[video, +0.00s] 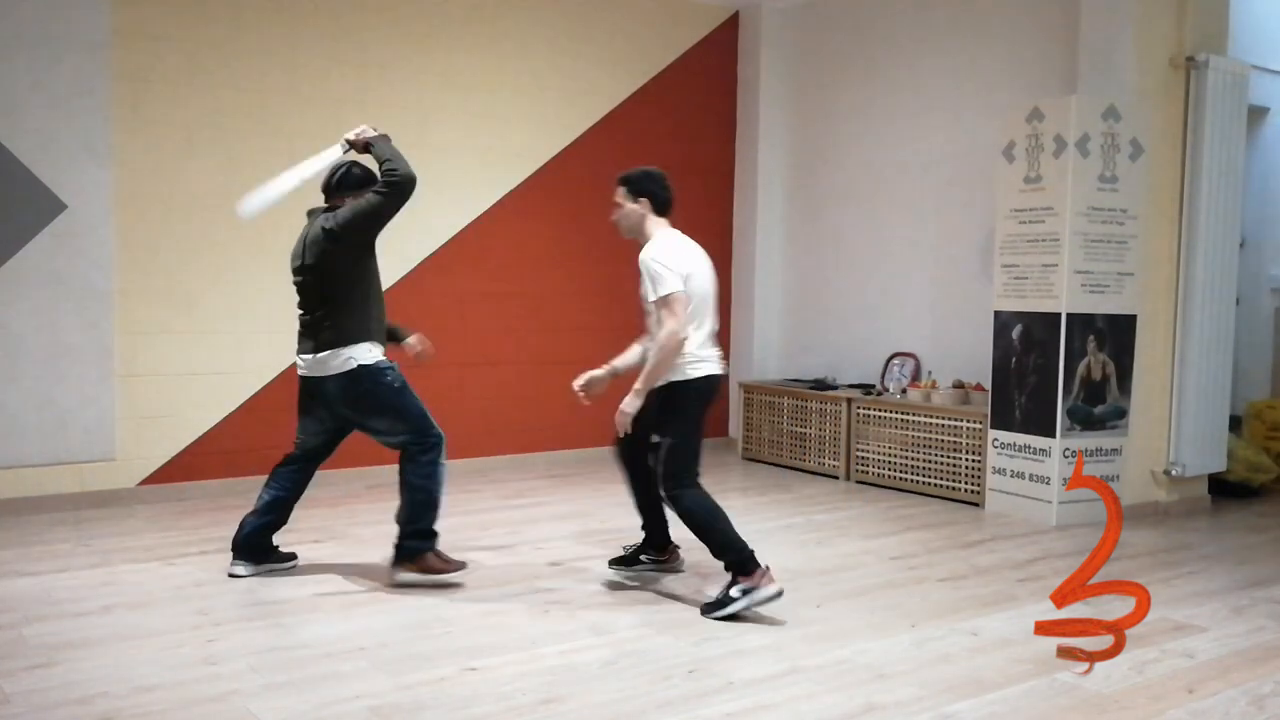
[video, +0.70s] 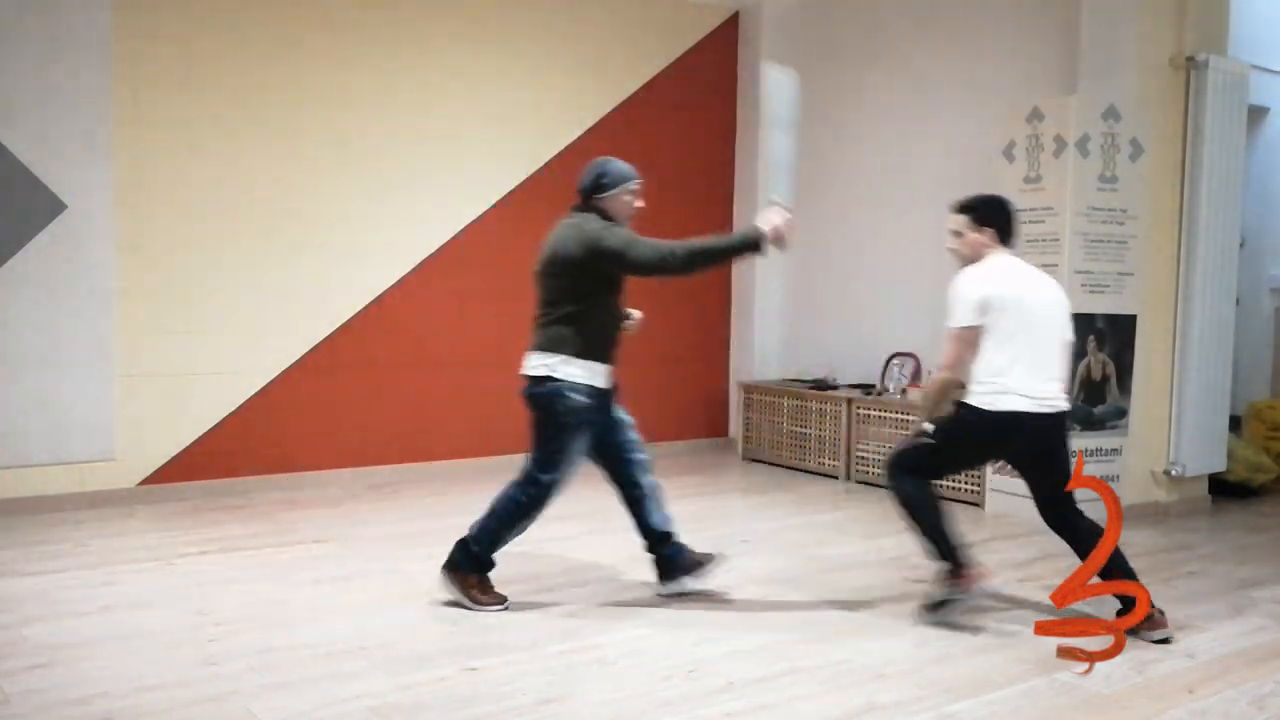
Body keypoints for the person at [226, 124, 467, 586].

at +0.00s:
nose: (371, 203)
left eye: (370, 195)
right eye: (368, 195)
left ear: (329, 194)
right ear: (353, 195)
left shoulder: (306, 240)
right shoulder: (346, 223)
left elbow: (344, 303)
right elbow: (400, 182)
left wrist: (399, 335)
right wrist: (377, 141)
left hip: (315, 371)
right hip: (356, 366)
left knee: (303, 458)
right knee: (424, 441)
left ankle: (252, 544)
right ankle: (416, 548)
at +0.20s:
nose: (422, 216)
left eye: (420, 206)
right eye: (419, 208)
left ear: (379, 205)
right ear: (407, 208)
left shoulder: (361, 246)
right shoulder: (389, 239)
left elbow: (386, 299)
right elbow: (439, 195)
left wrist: (432, 300)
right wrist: (419, 146)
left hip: (347, 383)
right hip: (385, 380)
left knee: (318, 466)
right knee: (455, 454)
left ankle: (255, 548)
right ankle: (453, 566)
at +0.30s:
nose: (462, 219)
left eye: (462, 209)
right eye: (461, 211)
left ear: (423, 205)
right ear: (452, 210)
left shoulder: (409, 247)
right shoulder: (428, 243)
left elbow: (467, 310)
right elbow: (480, 204)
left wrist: (473, 300)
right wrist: (471, 149)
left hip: (382, 381)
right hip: (414, 381)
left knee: (349, 464)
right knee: (477, 461)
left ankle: (279, 531)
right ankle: (457, 577)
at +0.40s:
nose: (512, 212)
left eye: (512, 204)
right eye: (508, 204)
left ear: (469, 203)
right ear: (488, 205)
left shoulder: (450, 242)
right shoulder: (466, 237)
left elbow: (459, 317)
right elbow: (531, 216)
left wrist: (501, 314)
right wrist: (553, 154)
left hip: (418, 373)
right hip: (446, 376)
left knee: (436, 456)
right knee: (496, 468)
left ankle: (351, 523)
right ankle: (459, 577)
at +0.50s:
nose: (559, 209)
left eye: (557, 200)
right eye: (551, 201)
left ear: (519, 198)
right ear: (527, 202)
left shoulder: (498, 230)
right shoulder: (502, 233)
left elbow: (491, 304)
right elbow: (580, 231)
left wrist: (537, 314)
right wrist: (632, 172)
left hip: (478, 370)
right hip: (473, 374)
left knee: (518, 451)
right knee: (509, 475)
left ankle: (469, 548)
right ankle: (458, 577)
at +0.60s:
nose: (599, 206)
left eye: (599, 196)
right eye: (591, 196)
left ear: (560, 196)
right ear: (564, 196)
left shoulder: (536, 230)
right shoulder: (544, 231)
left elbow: (527, 298)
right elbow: (622, 245)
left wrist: (573, 315)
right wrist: (700, 203)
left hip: (536, 377)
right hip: (510, 377)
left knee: (579, 448)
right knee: (517, 481)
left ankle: (592, 556)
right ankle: (458, 573)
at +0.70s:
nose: (638, 203)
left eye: (637, 194)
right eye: (630, 194)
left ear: (599, 198)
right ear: (602, 196)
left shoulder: (575, 232)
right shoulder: (590, 236)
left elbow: (568, 300)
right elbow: (671, 257)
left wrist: (612, 316)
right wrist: (752, 237)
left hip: (586, 385)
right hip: (562, 385)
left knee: (632, 467)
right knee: (542, 479)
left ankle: (670, 557)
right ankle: (466, 562)